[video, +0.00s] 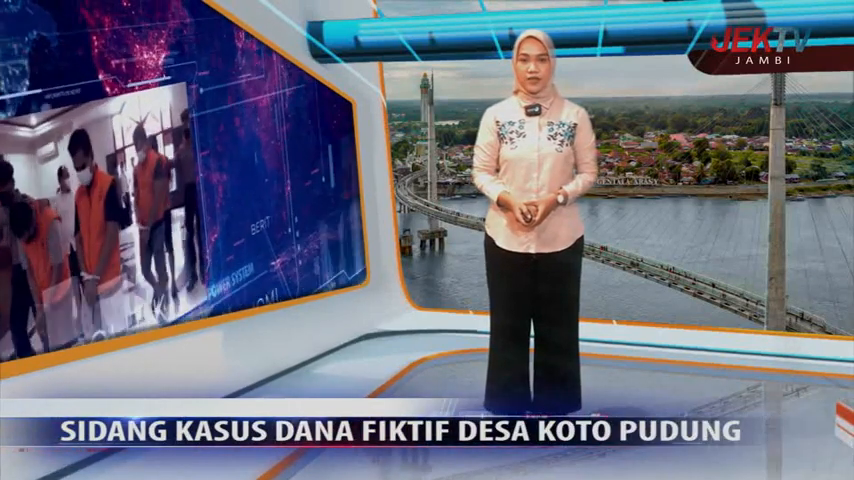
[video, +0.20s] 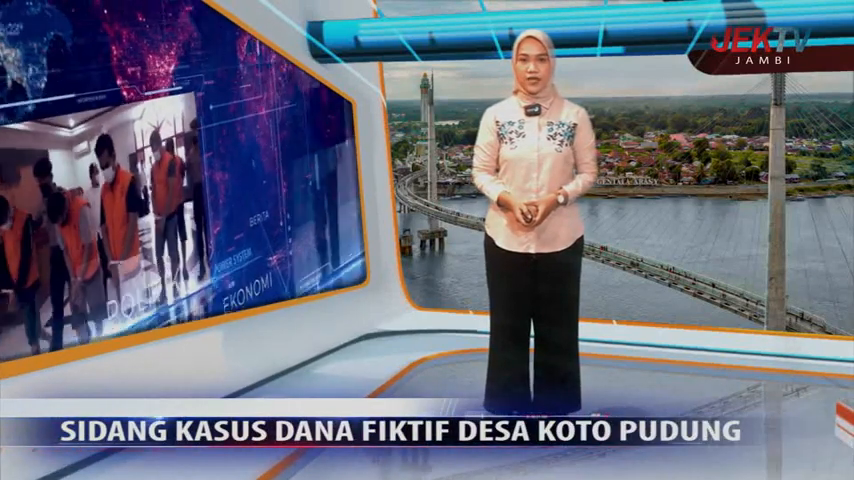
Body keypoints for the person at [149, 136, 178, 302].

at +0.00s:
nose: (138, 147)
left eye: (140, 143)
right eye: (136, 143)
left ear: (147, 142)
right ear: (136, 144)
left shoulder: (159, 161)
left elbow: (160, 193)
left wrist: (151, 219)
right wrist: (138, 216)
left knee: (159, 262)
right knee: (145, 267)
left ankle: (166, 291)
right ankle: (157, 289)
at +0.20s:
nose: (154, 150)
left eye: (156, 146)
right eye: (152, 147)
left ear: (161, 144)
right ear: (150, 148)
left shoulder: (173, 162)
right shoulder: (154, 167)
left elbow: (174, 189)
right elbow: (154, 189)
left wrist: (168, 211)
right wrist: (155, 210)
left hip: (172, 212)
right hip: (159, 213)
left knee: (173, 250)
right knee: (158, 252)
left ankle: (176, 285)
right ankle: (163, 286)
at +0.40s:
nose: (164, 150)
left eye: (165, 147)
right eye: (162, 147)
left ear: (170, 147)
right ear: (160, 149)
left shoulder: (180, 163)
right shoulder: (164, 168)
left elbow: (183, 188)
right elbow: (163, 188)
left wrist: (177, 206)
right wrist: (165, 205)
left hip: (180, 206)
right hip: (168, 207)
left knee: (180, 237)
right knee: (167, 240)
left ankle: (183, 263)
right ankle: (167, 273)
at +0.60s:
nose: (168, 150)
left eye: (169, 147)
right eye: (166, 148)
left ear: (173, 147)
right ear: (166, 149)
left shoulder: (180, 159)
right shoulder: (168, 162)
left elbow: (184, 179)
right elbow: (168, 180)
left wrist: (183, 195)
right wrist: (169, 195)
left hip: (183, 199)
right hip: (173, 200)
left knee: (184, 229)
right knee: (174, 231)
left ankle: (190, 254)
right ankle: (176, 261)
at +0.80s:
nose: (175, 149)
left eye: (177, 147)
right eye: (174, 147)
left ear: (180, 148)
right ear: (173, 148)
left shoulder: (186, 161)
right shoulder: (173, 162)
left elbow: (189, 177)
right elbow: (172, 179)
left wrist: (189, 189)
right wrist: (174, 190)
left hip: (186, 195)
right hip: (177, 196)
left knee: (186, 223)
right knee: (180, 223)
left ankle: (191, 247)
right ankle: (184, 249)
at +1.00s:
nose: (182, 157)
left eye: (183, 155)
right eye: (181, 155)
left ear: (186, 154)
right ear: (179, 155)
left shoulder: (192, 166)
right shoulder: (179, 166)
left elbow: (195, 181)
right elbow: (179, 180)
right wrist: (181, 194)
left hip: (191, 197)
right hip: (183, 198)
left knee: (189, 223)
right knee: (187, 222)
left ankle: (190, 243)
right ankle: (190, 243)